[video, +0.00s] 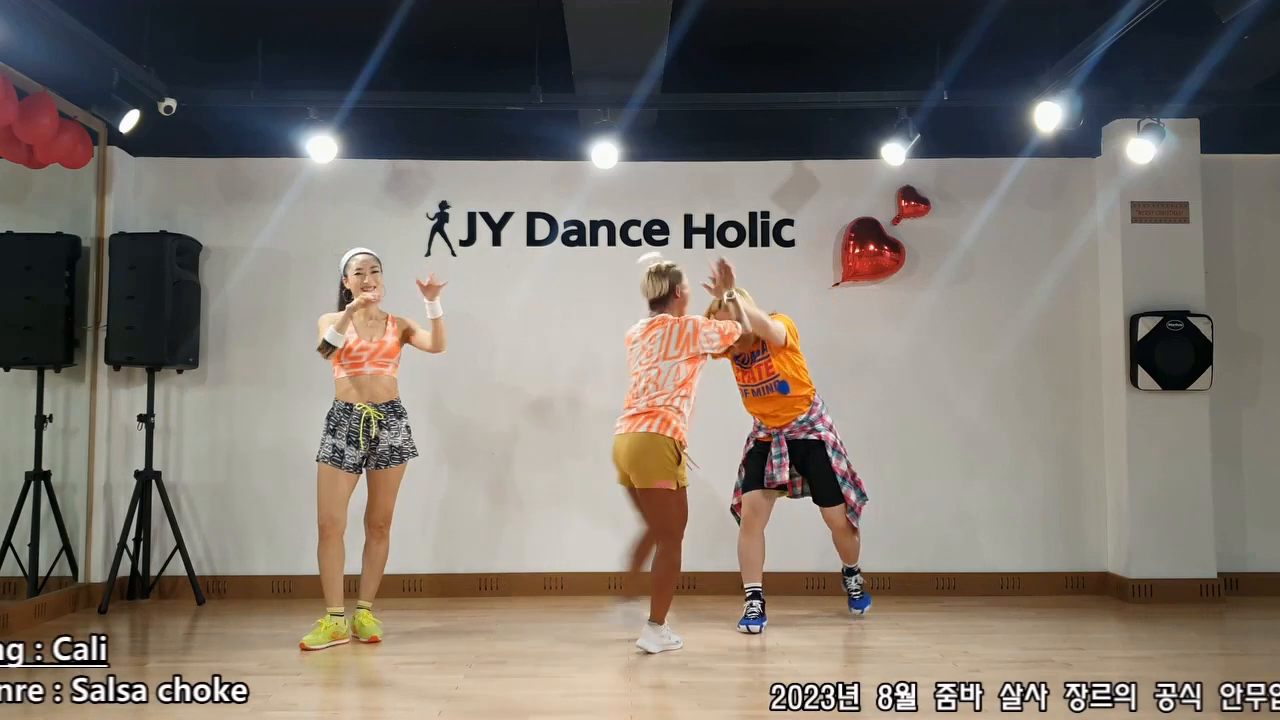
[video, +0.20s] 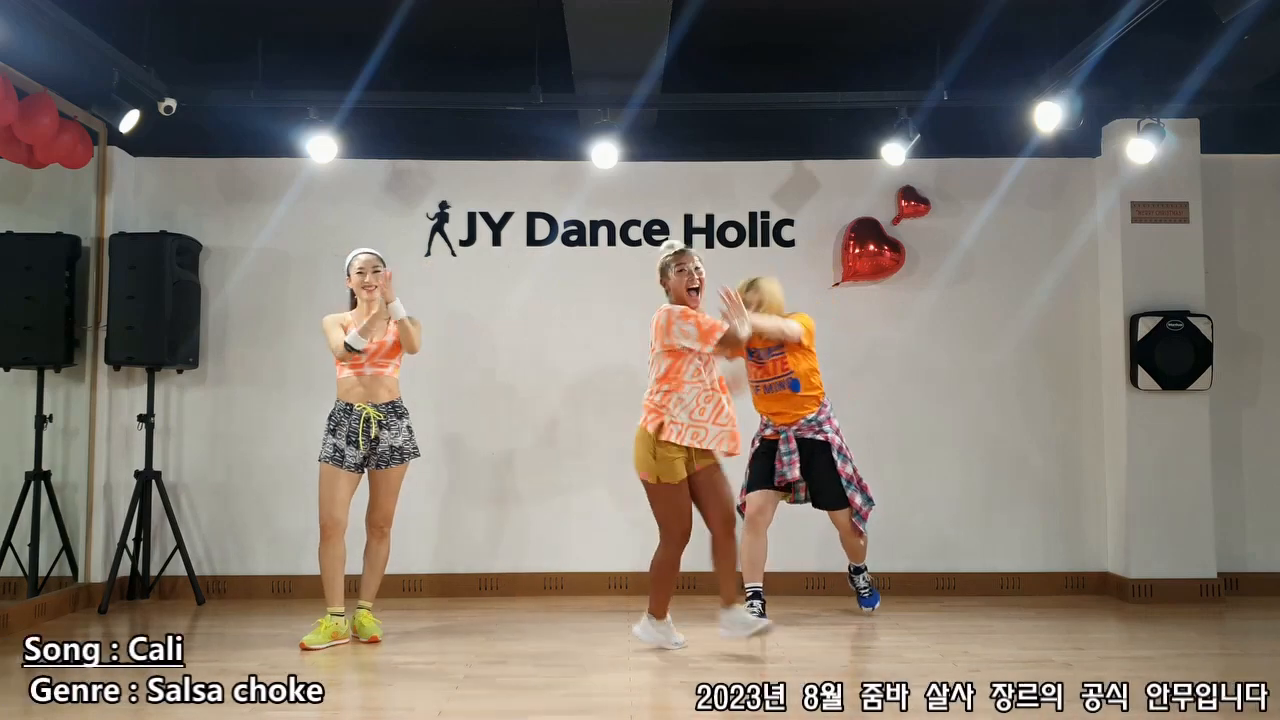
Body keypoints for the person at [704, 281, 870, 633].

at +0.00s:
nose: (737, 343)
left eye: (739, 332)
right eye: (729, 336)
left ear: (750, 321)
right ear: (720, 334)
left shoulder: (781, 329)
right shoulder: (729, 346)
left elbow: (763, 327)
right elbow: (697, 347)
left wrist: (734, 293)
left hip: (809, 433)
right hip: (766, 438)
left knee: (839, 520)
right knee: (751, 513)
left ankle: (852, 576)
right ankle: (754, 601)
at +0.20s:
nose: (752, 316)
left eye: (758, 309)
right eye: (746, 311)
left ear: (774, 306)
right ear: (740, 312)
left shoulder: (800, 323)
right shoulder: (744, 339)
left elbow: (783, 329)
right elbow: (724, 347)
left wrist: (746, 320)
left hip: (815, 433)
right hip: (772, 436)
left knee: (848, 523)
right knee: (755, 513)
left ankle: (859, 574)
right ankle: (754, 601)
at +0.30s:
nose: (778, 303)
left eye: (785, 295)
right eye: (770, 298)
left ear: (798, 299)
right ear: (761, 304)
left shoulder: (819, 331)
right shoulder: (756, 343)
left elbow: (806, 355)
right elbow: (735, 373)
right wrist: (715, 369)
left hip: (821, 435)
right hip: (778, 437)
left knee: (848, 521)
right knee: (762, 512)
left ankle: (862, 581)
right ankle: (756, 598)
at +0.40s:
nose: (801, 297)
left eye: (807, 292)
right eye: (794, 292)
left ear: (819, 300)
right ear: (783, 302)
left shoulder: (835, 335)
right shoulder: (772, 345)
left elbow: (830, 377)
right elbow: (756, 390)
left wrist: (812, 410)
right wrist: (752, 423)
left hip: (834, 438)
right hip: (790, 439)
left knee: (854, 518)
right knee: (777, 514)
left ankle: (863, 587)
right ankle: (756, 598)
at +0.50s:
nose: (811, 297)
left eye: (818, 291)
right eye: (805, 291)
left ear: (830, 300)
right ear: (793, 300)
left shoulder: (845, 339)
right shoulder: (779, 344)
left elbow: (847, 392)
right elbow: (772, 401)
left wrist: (845, 438)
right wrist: (767, 452)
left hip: (841, 434)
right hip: (800, 438)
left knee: (859, 517)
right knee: (785, 515)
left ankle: (863, 587)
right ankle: (762, 593)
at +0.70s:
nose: (827, 290)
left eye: (834, 284)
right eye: (819, 285)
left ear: (844, 295)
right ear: (809, 296)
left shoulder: (863, 335)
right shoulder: (793, 338)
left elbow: (892, 377)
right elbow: (784, 390)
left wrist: (923, 411)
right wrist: (785, 434)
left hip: (852, 430)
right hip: (809, 432)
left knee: (862, 511)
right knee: (811, 505)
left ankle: (863, 588)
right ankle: (815, 588)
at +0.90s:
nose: (832, 288)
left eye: (838, 282)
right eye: (824, 283)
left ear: (848, 291)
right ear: (813, 294)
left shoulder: (864, 330)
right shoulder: (798, 335)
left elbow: (896, 357)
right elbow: (783, 385)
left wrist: (928, 376)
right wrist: (774, 430)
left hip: (856, 431)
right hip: (815, 432)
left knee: (865, 514)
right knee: (824, 514)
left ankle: (864, 587)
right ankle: (826, 590)